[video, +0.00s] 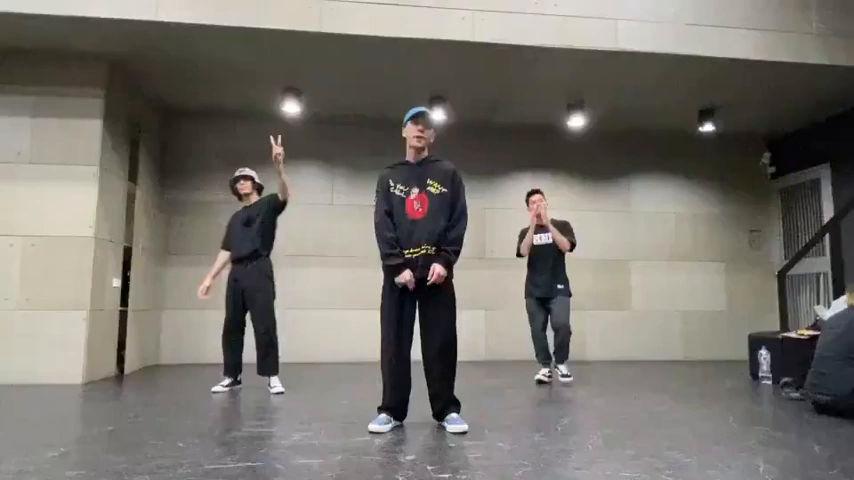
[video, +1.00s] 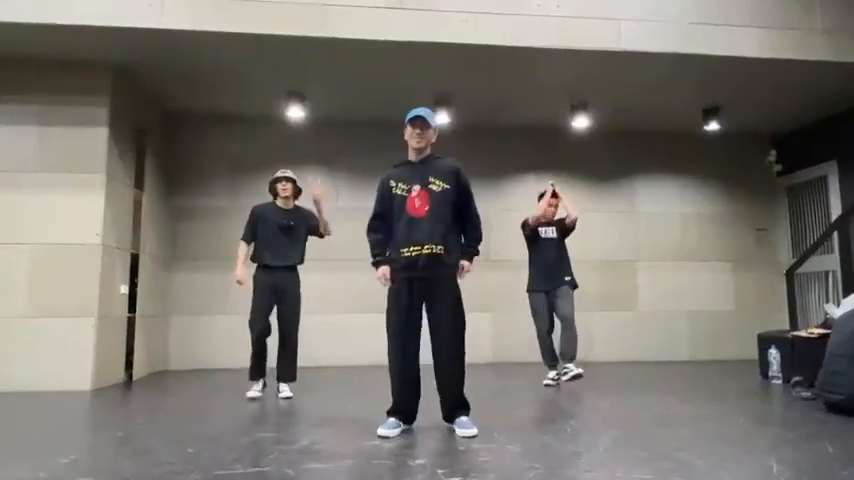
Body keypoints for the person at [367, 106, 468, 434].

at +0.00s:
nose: (419, 132)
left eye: (424, 128)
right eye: (414, 127)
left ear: (431, 134)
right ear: (404, 132)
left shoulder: (448, 173)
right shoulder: (389, 176)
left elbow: (458, 222)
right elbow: (383, 225)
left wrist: (444, 260)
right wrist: (396, 266)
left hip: (437, 270)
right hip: (399, 270)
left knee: (441, 342)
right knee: (394, 343)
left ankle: (447, 410)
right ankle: (391, 411)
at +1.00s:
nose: (418, 131)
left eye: (424, 127)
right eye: (413, 126)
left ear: (433, 134)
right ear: (405, 133)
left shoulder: (451, 171)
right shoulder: (391, 178)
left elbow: (470, 217)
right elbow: (378, 223)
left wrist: (468, 254)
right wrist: (380, 260)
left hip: (442, 270)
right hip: (402, 272)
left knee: (449, 343)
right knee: (401, 346)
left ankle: (457, 413)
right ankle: (400, 415)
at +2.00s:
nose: (449, 126)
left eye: (453, 121)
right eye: (442, 121)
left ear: (461, 127)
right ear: (433, 129)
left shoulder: (477, 169)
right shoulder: (419, 170)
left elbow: (490, 209)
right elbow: (406, 217)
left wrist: (495, 233)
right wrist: (411, 242)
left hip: (465, 261)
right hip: (430, 261)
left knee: (470, 329)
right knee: (420, 323)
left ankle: (470, 400)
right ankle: (414, 398)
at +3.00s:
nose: (442, 128)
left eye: (446, 124)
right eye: (436, 124)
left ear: (453, 127)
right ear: (426, 128)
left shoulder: (468, 166)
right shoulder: (412, 167)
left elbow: (484, 206)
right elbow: (400, 211)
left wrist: (464, 207)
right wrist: (422, 190)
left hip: (456, 258)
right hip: (421, 259)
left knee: (457, 325)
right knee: (426, 325)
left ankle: (457, 393)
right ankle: (430, 391)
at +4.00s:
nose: (427, 112)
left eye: (432, 107)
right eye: (421, 107)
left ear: (438, 115)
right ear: (410, 116)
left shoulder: (454, 158)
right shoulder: (397, 159)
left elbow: (462, 205)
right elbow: (390, 207)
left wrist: (449, 241)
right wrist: (410, 235)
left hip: (445, 251)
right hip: (407, 250)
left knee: (449, 320)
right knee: (397, 319)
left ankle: (456, 388)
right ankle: (385, 390)